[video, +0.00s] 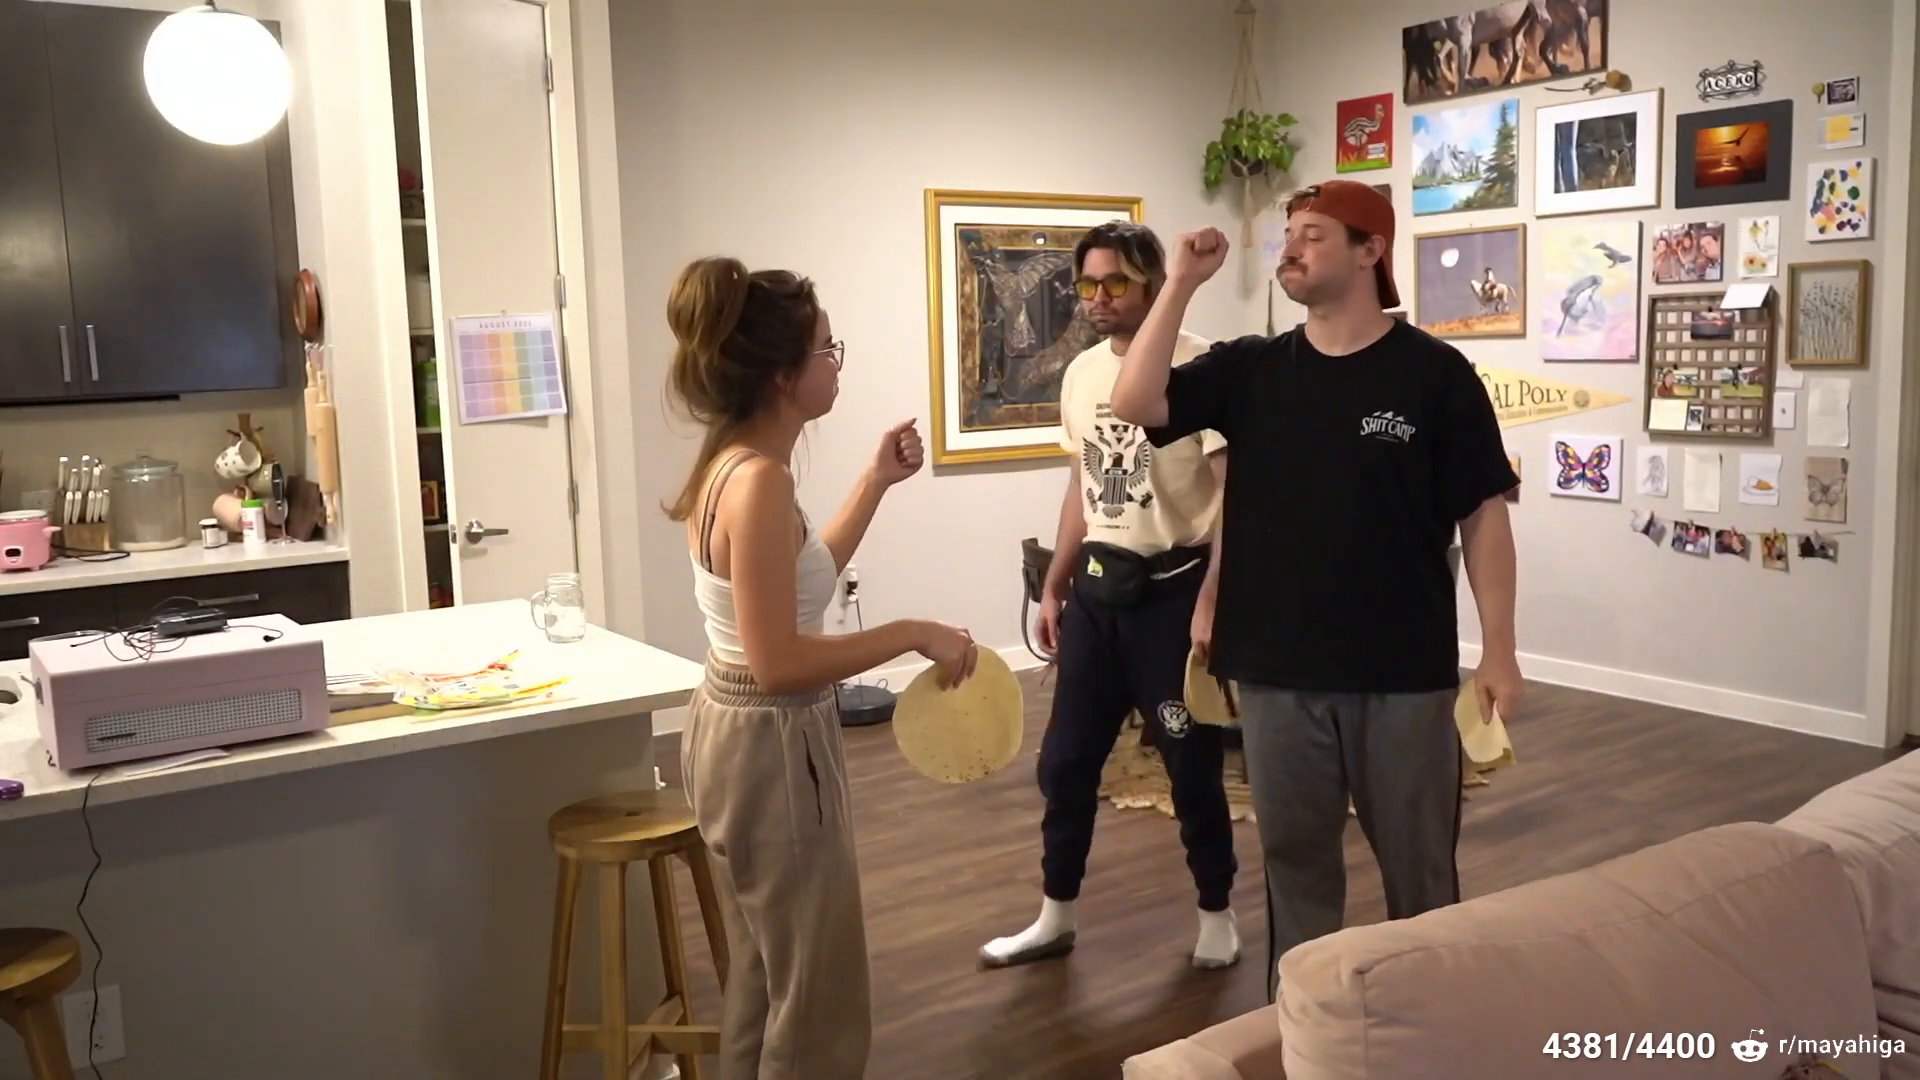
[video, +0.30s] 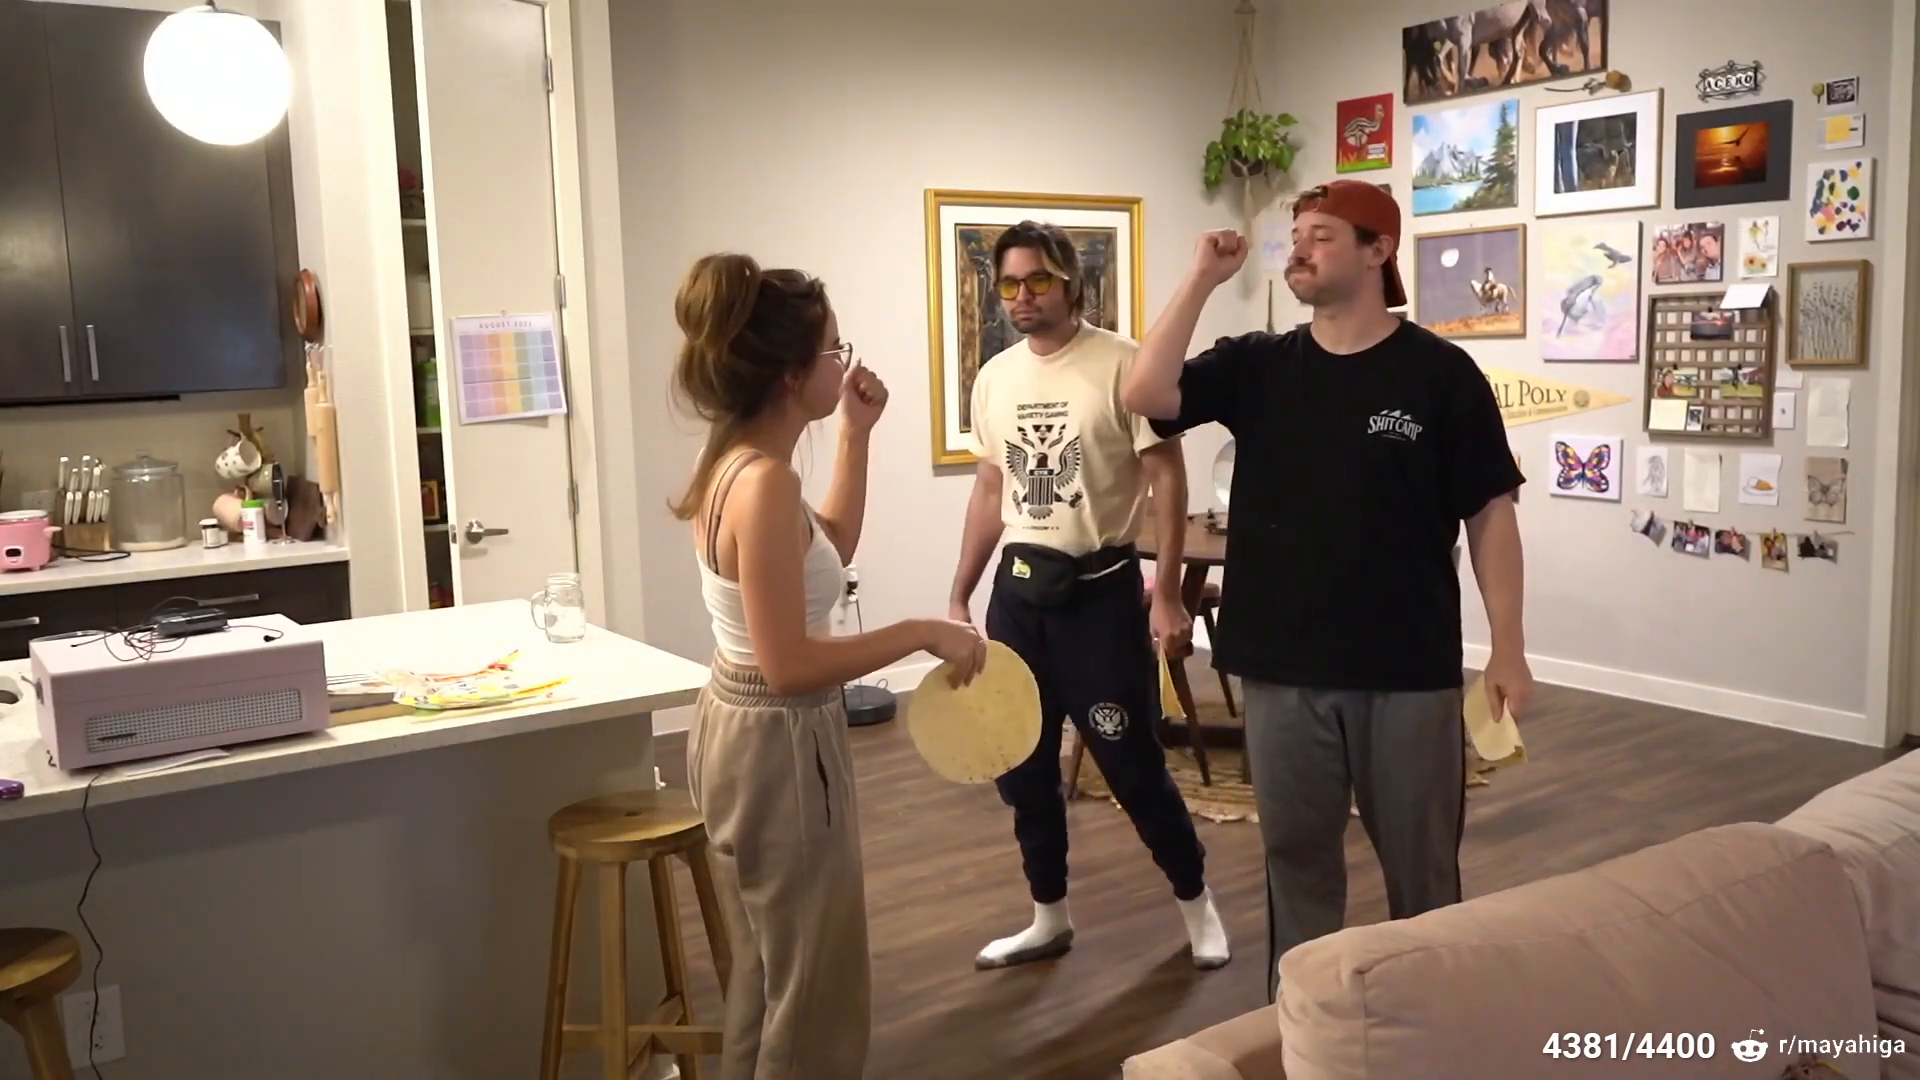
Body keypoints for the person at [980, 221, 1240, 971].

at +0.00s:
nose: (1097, 298)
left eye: (1114, 284)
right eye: (1088, 285)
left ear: (1154, 288)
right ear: (1081, 290)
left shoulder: (1197, 365)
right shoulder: (1081, 373)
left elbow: (1234, 486)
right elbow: (1083, 486)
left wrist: (1212, 599)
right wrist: (1054, 585)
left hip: (1176, 593)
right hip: (1096, 591)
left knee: (1191, 763)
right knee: (1066, 763)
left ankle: (1215, 914)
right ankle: (1057, 917)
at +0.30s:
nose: (1022, 296)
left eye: (1037, 282)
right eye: (1010, 285)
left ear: (1071, 283)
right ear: (1001, 291)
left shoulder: (1125, 364)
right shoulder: (994, 377)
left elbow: (1166, 472)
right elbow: (989, 490)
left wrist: (1167, 591)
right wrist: (961, 593)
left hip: (1103, 593)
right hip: (1019, 592)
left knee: (1131, 767)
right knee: (1023, 765)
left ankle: (1195, 902)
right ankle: (1050, 915)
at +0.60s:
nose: (980, 303)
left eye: (995, 287)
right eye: (966, 290)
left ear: (1025, 286)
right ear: (953, 297)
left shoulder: (1084, 363)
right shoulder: (944, 376)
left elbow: (1122, 480)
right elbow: (922, 497)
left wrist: (1113, 585)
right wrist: (875, 594)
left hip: (1065, 586)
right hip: (982, 586)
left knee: (1061, 772)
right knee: (997, 761)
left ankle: (1085, 927)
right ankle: (1046, 912)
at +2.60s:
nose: (945, 298)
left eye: (961, 282)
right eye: (928, 284)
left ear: (988, 285)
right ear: (908, 291)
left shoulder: (1037, 371)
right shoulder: (887, 375)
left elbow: (1064, 500)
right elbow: (862, 500)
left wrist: (1054, 617)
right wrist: (857, 613)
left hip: (1005, 606)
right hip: (907, 610)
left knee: (1009, 791)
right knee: (913, 795)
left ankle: (1011, 965)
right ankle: (932, 959)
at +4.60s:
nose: (945, 302)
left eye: (963, 287)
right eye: (932, 287)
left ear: (997, 292)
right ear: (916, 294)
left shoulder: (1052, 376)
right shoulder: (900, 377)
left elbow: (1079, 516)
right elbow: (870, 499)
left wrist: (1054, 627)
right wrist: (862, 617)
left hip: (1007, 627)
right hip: (914, 617)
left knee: (1009, 803)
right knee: (916, 797)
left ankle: (1003, 976)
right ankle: (942, 952)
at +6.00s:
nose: (930, 301)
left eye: (948, 286)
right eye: (918, 286)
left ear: (987, 290)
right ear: (904, 292)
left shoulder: (1049, 376)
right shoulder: (890, 381)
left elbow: (1080, 503)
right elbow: (878, 502)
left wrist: (1069, 628)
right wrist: (865, 623)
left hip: (1016, 610)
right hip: (921, 609)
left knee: (1015, 799)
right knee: (922, 796)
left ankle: (1013, 967)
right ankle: (933, 958)